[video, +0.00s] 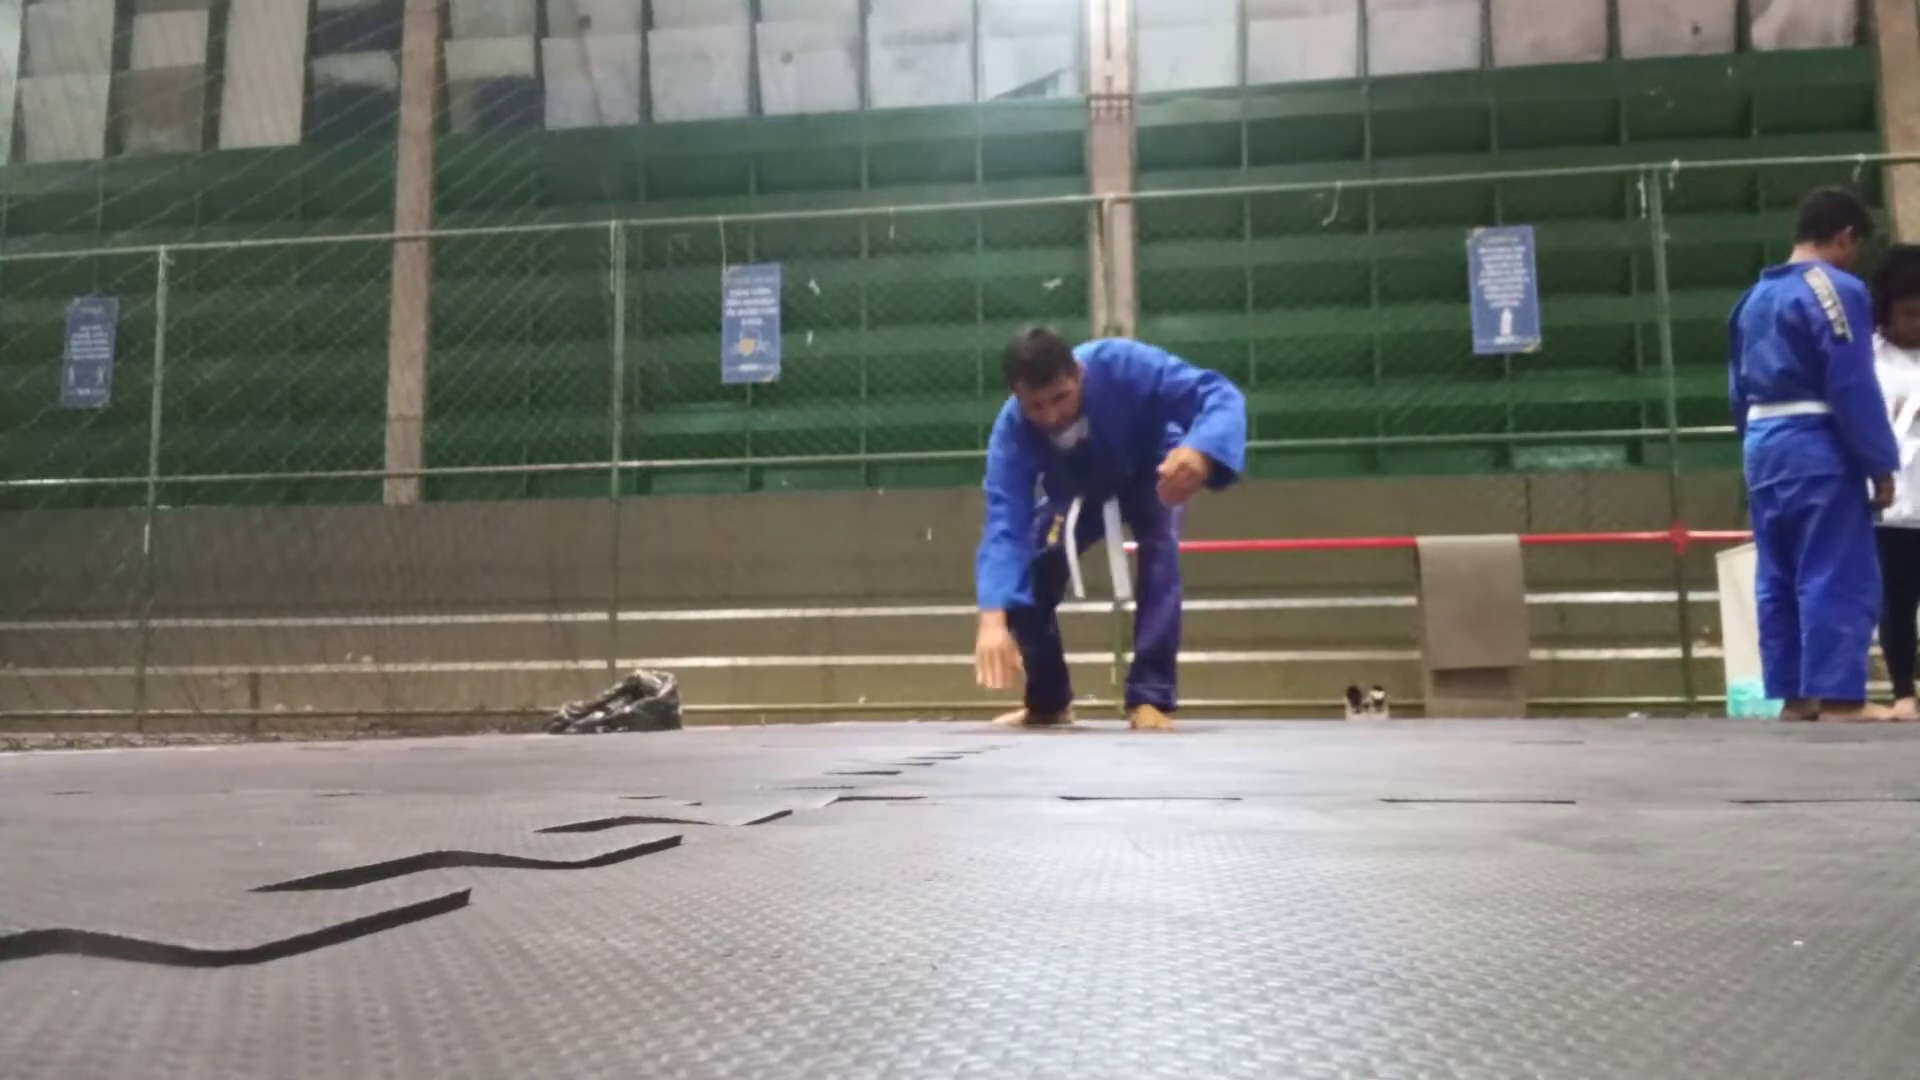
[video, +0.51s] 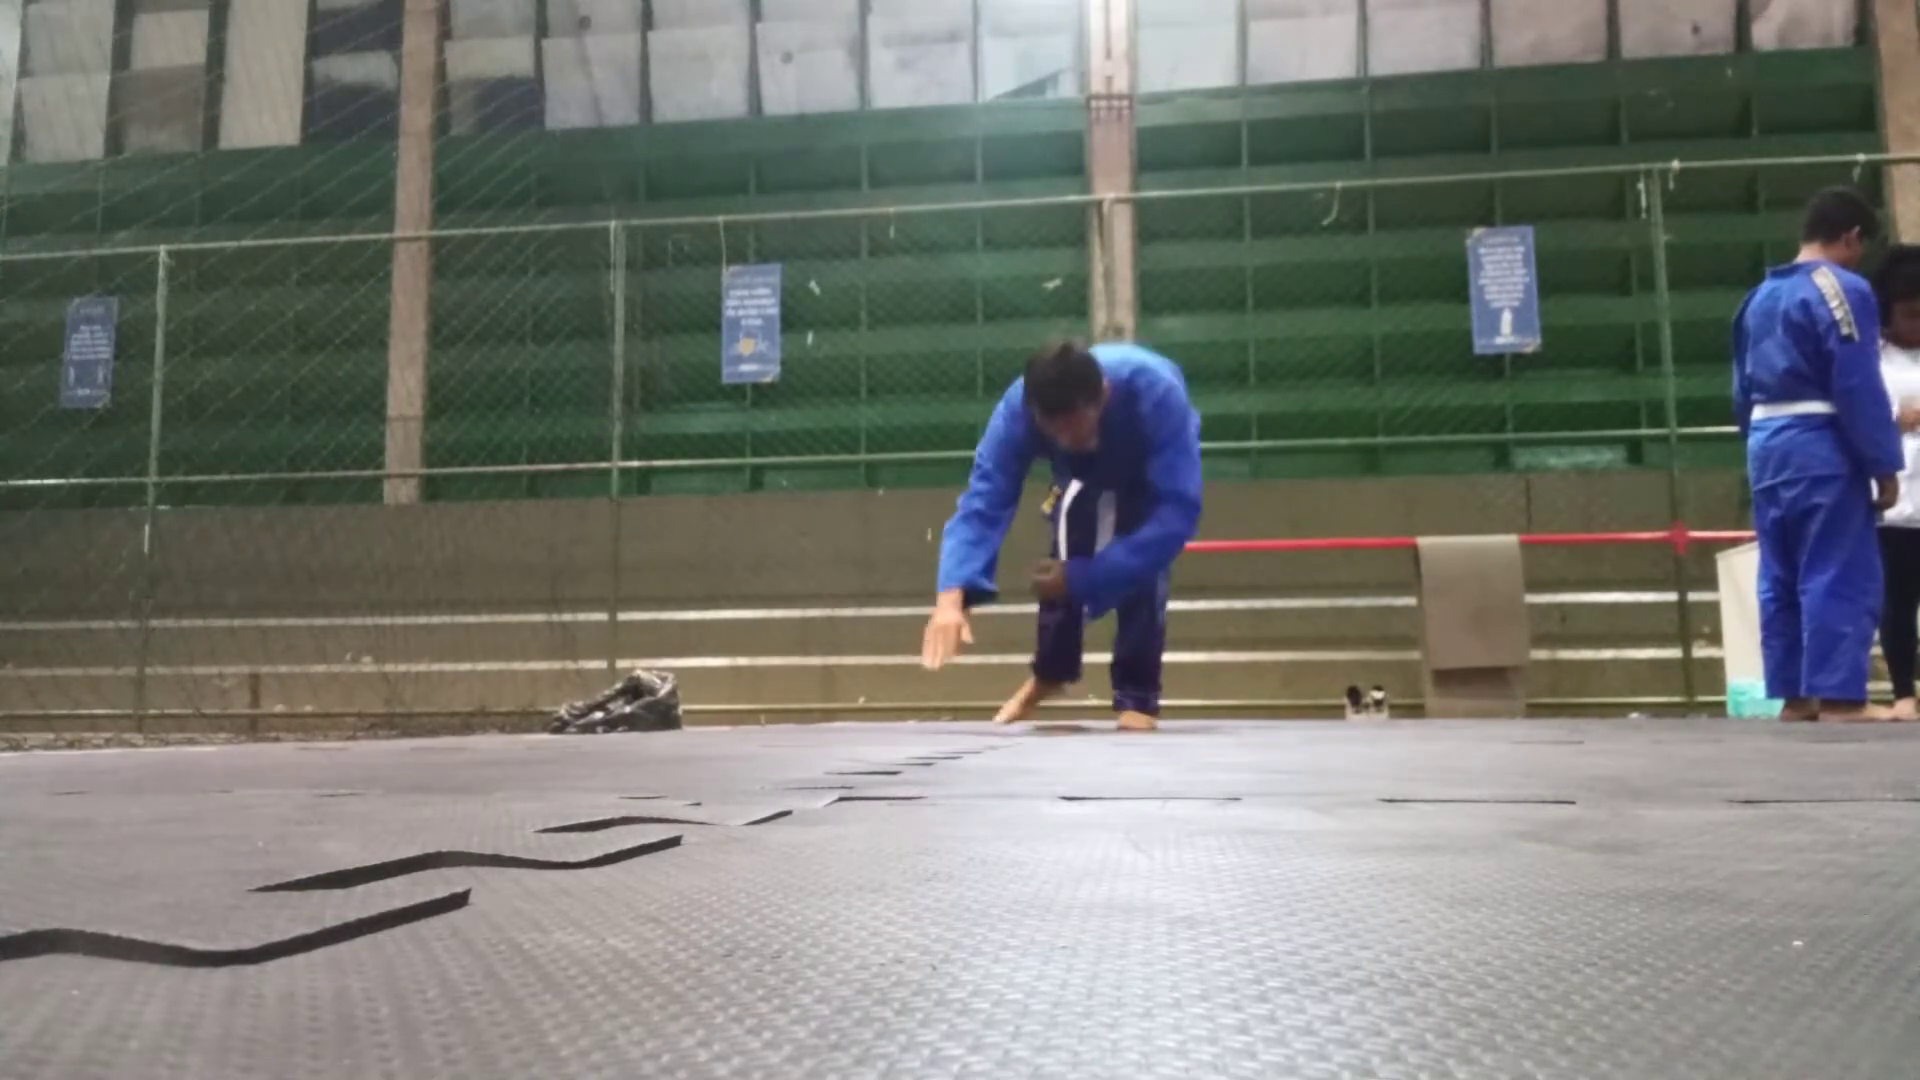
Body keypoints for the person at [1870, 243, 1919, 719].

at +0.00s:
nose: (1913, 322)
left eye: (1917, 312)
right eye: (1907, 312)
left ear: (1919, 311)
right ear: (1885, 310)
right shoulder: (1869, 355)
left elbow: (1860, 420)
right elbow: (1856, 419)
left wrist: (1873, 470)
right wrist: (1868, 472)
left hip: (1910, 502)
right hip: (1892, 502)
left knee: (1905, 606)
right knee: (1897, 606)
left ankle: (1908, 690)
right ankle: (1903, 691)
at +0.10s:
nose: (1914, 322)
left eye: (1917, 312)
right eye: (1907, 312)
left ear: (1919, 311)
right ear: (1885, 311)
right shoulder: (1869, 357)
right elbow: (1858, 423)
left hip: (1911, 503)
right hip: (1892, 503)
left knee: (1905, 606)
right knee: (1898, 606)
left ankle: (1908, 690)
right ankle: (1904, 691)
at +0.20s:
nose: (1913, 321)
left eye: (1917, 311)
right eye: (1906, 311)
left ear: (1919, 310)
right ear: (1886, 310)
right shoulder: (1869, 356)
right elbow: (1854, 419)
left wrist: (1898, 412)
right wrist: (1893, 413)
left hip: (1911, 503)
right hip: (1893, 502)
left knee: (1905, 606)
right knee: (1897, 606)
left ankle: (1908, 690)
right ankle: (1904, 691)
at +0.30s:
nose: (1914, 324)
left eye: (1918, 314)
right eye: (1907, 314)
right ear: (1886, 313)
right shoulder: (1870, 357)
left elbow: (1867, 416)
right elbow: (1856, 417)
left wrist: (1900, 413)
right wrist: (1898, 412)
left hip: (1912, 502)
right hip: (1894, 501)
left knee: (1906, 606)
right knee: (1898, 606)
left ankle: (1908, 690)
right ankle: (1904, 691)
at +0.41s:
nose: (1914, 323)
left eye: (1918, 313)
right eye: (1907, 313)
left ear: (1919, 312)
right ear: (1887, 313)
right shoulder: (1872, 359)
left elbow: (1869, 414)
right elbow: (1858, 415)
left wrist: (1900, 414)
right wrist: (1899, 412)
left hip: (1912, 501)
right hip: (1895, 501)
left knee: (1906, 606)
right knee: (1898, 605)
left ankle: (1908, 690)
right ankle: (1904, 691)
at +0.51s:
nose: (1915, 323)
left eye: (1918, 313)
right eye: (1908, 313)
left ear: (1919, 313)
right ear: (1888, 313)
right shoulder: (1872, 359)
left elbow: (1866, 416)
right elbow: (1856, 418)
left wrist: (1901, 417)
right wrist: (1898, 418)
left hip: (1913, 502)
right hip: (1895, 501)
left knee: (1906, 606)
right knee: (1898, 606)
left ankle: (1908, 691)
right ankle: (1904, 691)